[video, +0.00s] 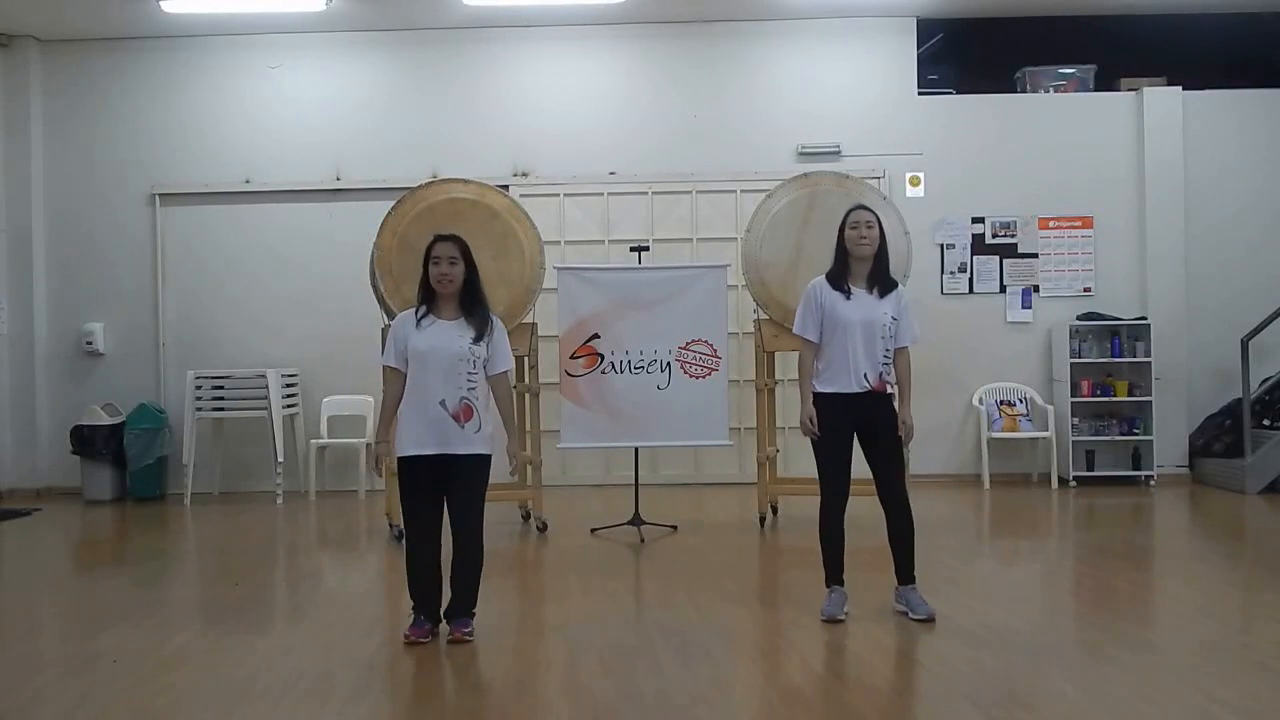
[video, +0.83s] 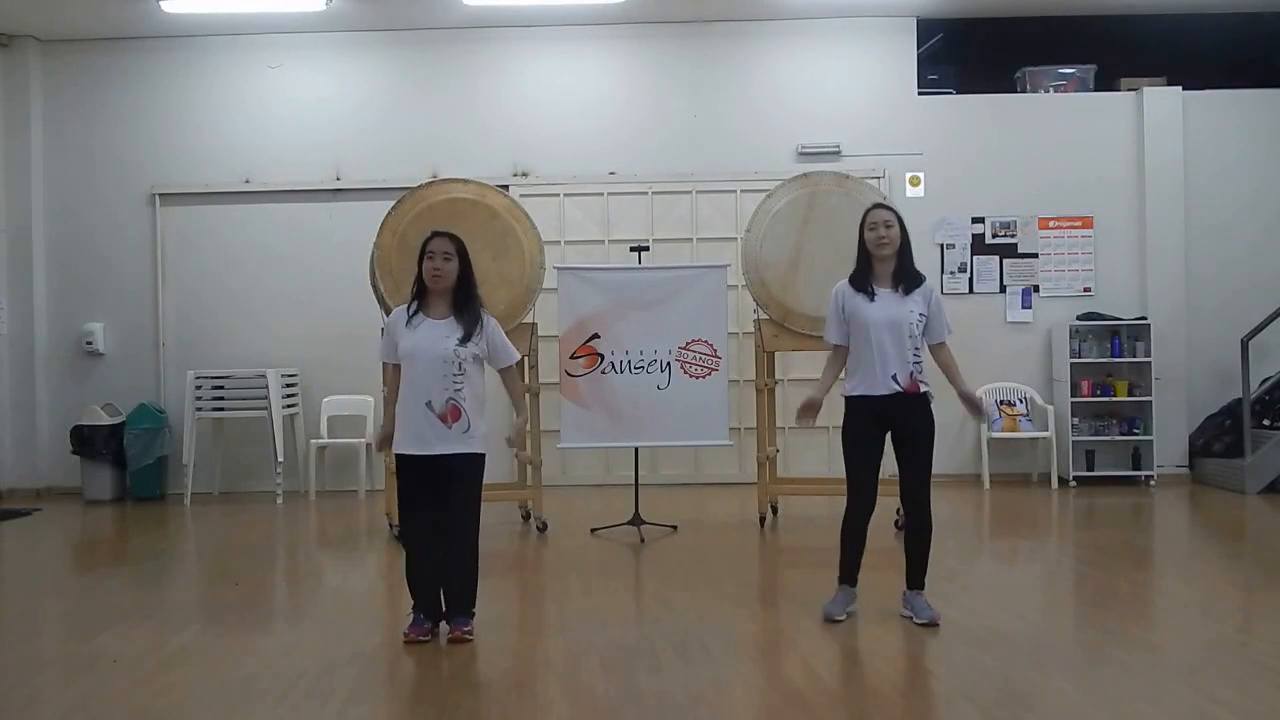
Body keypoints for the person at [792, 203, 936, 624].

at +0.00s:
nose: (862, 232)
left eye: (870, 226)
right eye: (854, 227)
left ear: (881, 237)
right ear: (842, 237)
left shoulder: (892, 294)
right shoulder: (821, 289)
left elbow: (901, 354)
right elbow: (807, 350)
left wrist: (905, 407)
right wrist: (806, 402)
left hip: (878, 405)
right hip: (830, 405)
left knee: (896, 497)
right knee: (833, 499)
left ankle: (907, 588)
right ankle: (835, 590)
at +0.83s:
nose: (881, 233)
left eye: (889, 225)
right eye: (873, 227)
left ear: (902, 234)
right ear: (862, 237)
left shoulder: (922, 289)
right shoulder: (846, 292)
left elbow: (939, 347)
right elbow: (838, 351)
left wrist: (963, 390)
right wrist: (819, 394)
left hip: (913, 407)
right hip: (862, 408)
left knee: (917, 503)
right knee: (860, 503)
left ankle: (914, 594)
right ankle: (846, 590)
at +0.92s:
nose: (882, 241)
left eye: (889, 234)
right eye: (874, 236)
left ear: (902, 241)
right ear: (863, 245)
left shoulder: (922, 296)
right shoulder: (846, 300)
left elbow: (951, 352)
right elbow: (830, 357)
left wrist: (973, 348)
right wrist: (797, 354)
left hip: (913, 412)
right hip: (862, 413)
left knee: (920, 506)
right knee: (859, 507)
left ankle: (915, 594)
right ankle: (864, 584)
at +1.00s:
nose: (881, 243)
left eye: (888, 236)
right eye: (873, 238)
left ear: (902, 243)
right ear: (862, 247)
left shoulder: (921, 295)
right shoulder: (845, 298)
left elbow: (953, 344)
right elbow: (820, 348)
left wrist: (964, 313)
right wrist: (798, 327)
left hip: (910, 413)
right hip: (860, 414)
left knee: (917, 507)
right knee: (851, 506)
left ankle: (915, 594)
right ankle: (866, 582)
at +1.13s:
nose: (874, 236)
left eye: (882, 229)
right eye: (866, 230)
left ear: (894, 237)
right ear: (855, 240)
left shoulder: (909, 288)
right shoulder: (839, 288)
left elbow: (925, 325)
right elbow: (814, 326)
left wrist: (919, 275)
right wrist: (806, 281)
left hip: (900, 407)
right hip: (850, 406)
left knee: (908, 504)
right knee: (828, 500)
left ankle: (915, 594)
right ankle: (823, 589)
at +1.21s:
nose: (865, 234)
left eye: (872, 228)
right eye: (857, 229)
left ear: (886, 236)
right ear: (847, 240)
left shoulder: (903, 287)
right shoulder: (835, 285)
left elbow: (899, 328)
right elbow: (815, 323)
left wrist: (879, 285)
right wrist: (822, 277)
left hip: (885, 405)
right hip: (835, 404)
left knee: (900, 502)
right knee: (815, 500)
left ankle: (914, 595)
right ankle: (787, 595)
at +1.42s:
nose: (846, 243)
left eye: (854, 237)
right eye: (838, 237)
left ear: (864, 247)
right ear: (825, 245)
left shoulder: (874, 303)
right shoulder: (800, 293)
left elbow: (890, 362)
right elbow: (777, 349)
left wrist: (874, 338)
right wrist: (797, 331)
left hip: (841, 413)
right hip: (794, 409)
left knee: (873, 507)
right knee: (790, 508)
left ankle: (894, 591)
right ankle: (777, 597)